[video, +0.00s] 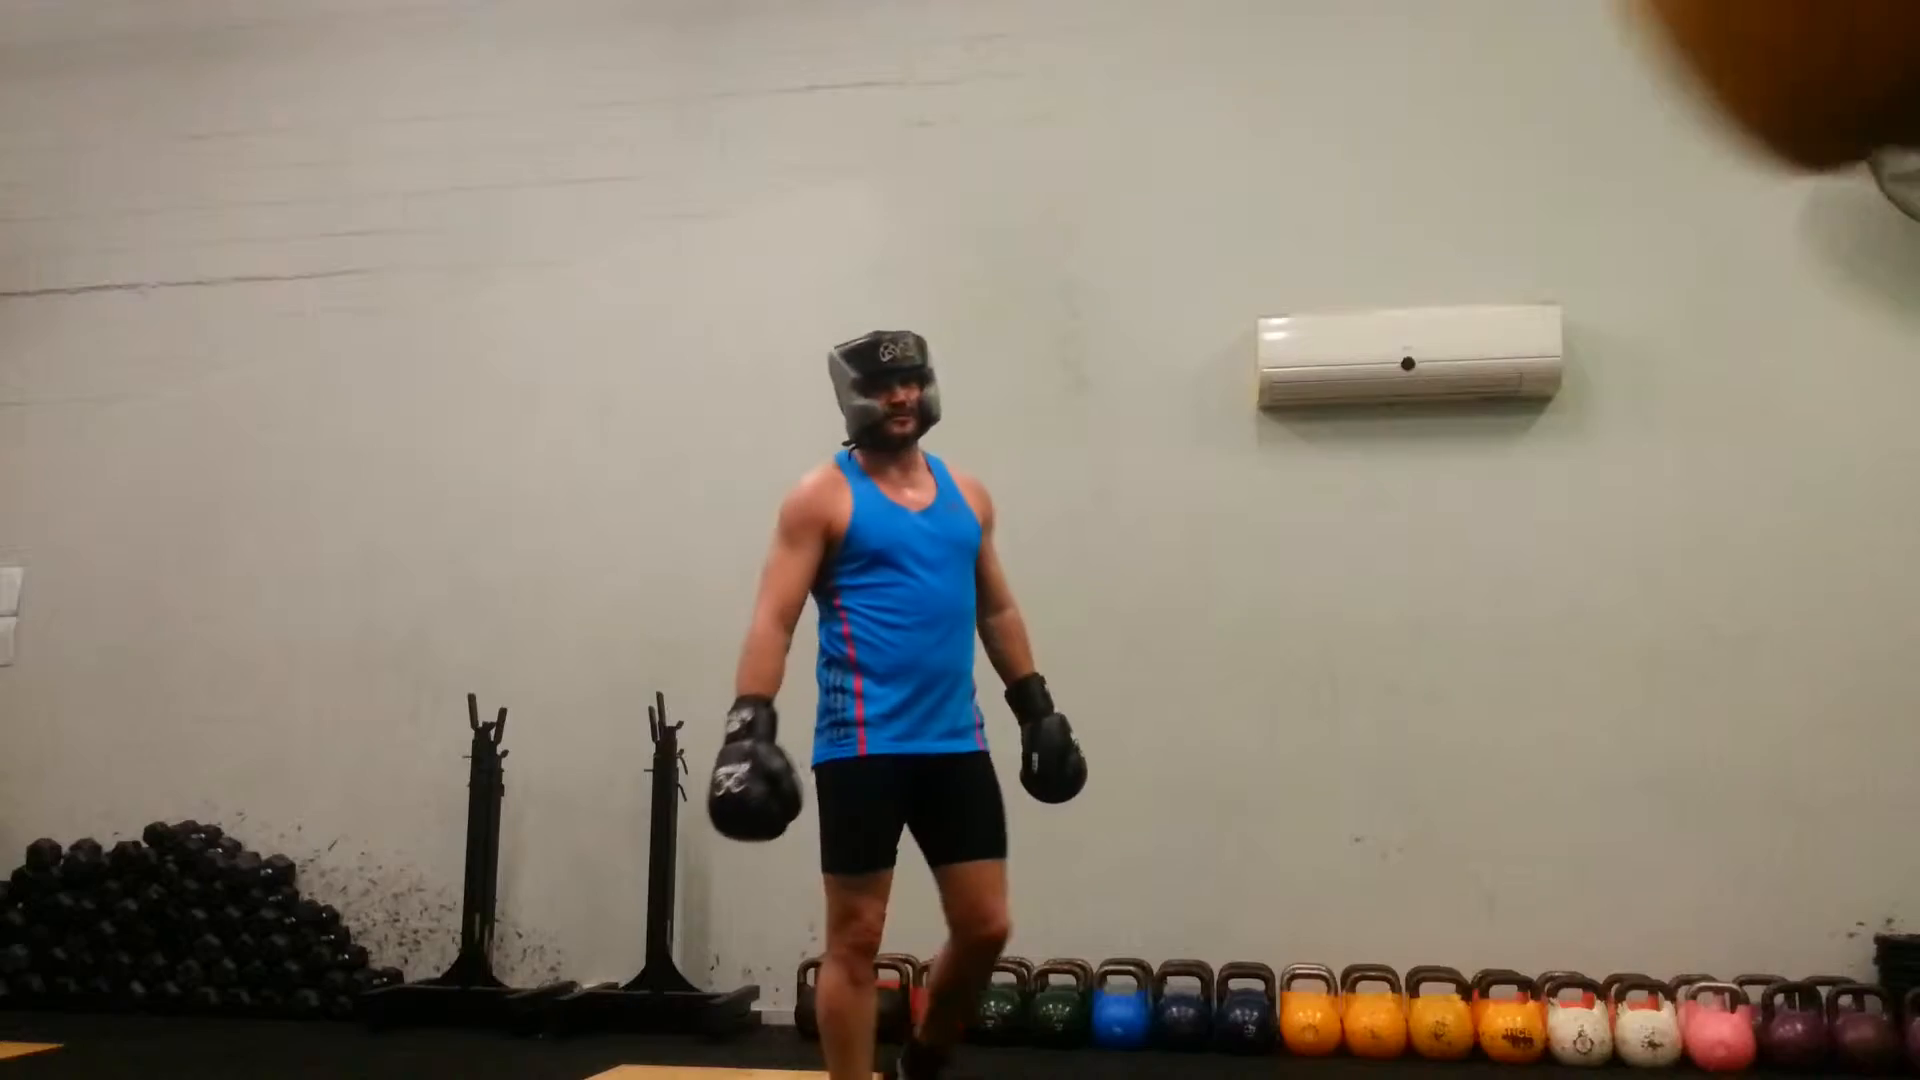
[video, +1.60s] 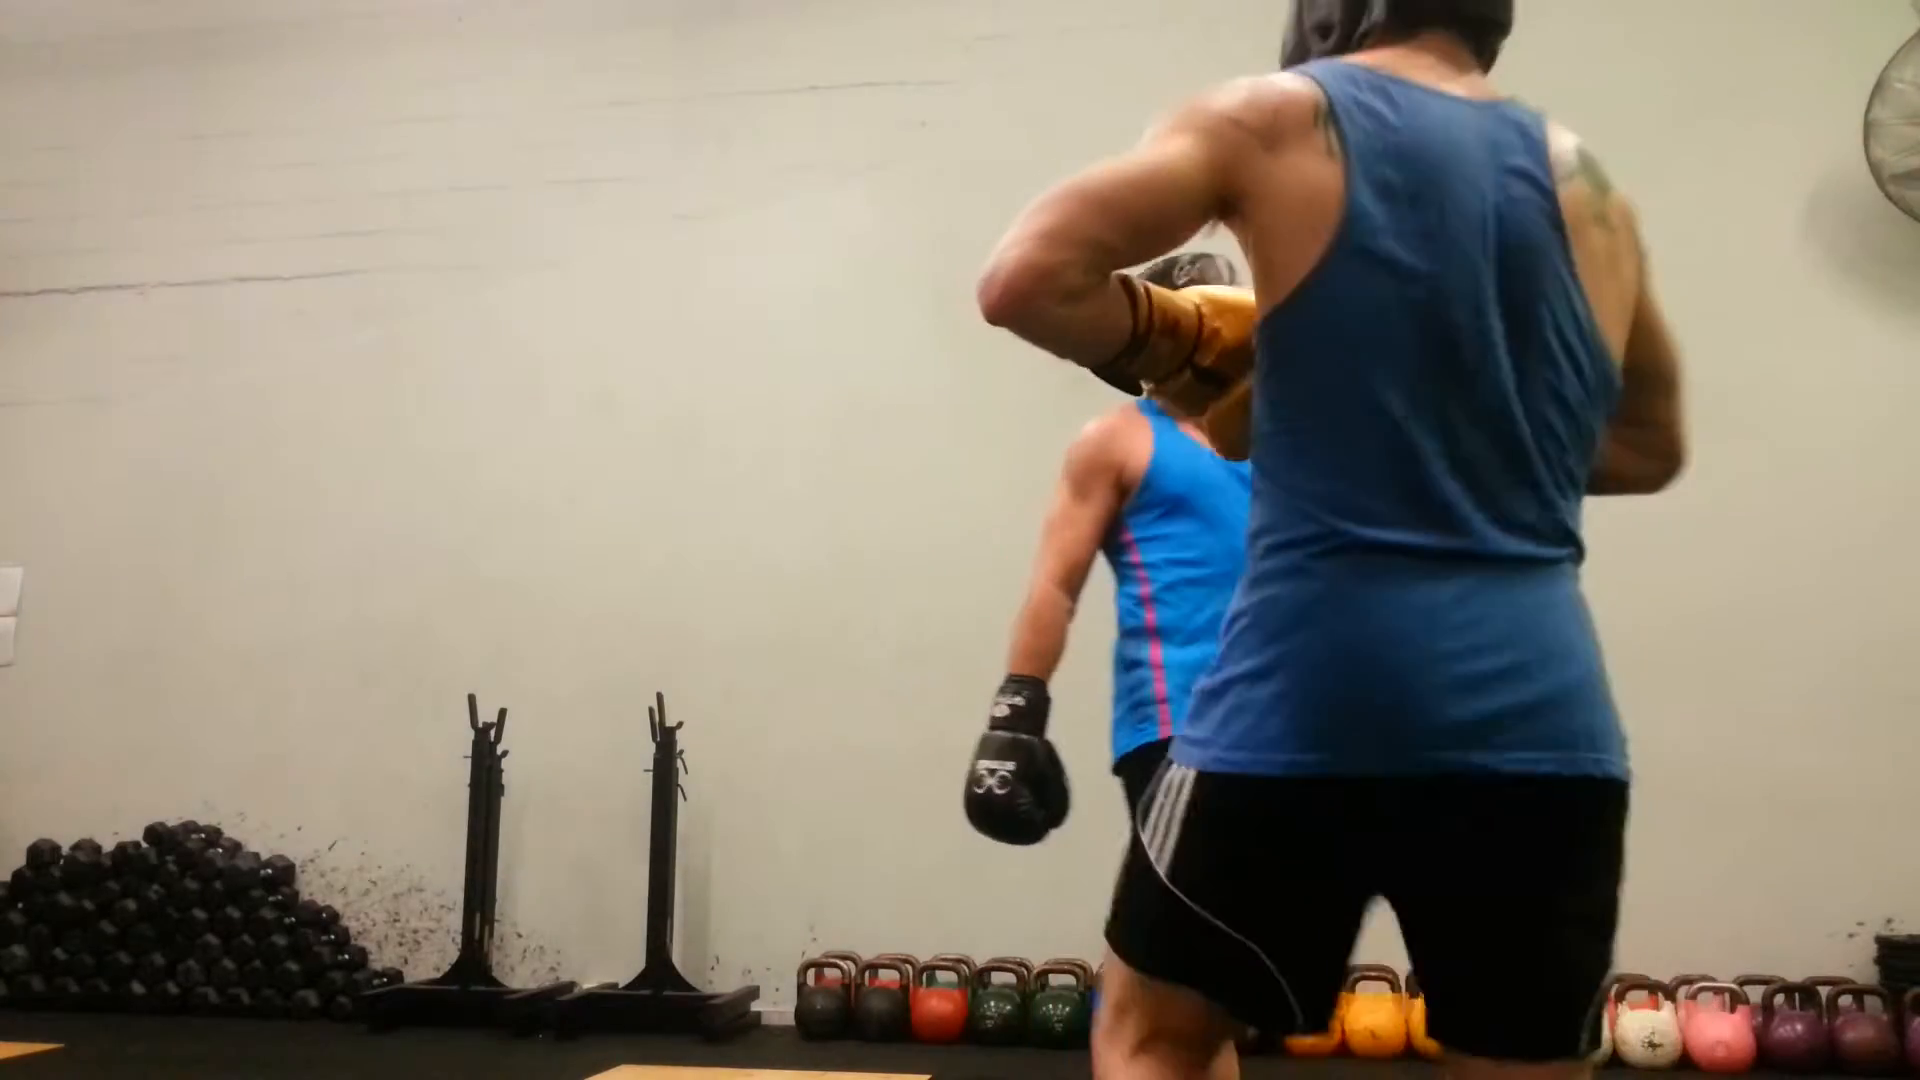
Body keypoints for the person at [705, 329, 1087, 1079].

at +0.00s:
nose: (901, 398)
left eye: (913, 383)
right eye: (880, 386)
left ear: (929, 393)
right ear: (851, 400)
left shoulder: (966, 494)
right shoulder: (821, 498)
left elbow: (997, 609)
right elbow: (775, 618)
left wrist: (1039, 712)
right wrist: (749, 731)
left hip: (954, 744)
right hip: (861, 750)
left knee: (985, 928)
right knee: (856, 937)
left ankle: (923, 1068)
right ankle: (852, 1079)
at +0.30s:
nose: (924, 388)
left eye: (935, 373)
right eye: (903, 376)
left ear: (949, 384)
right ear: (870, 389)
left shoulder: (978, 486)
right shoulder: (838, 487)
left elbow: (1003, 607)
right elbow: (797, 608)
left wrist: (1035, 709)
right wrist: (812, 711)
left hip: (975, 744)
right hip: (877, 749)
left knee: (1017, 931)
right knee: (865, 944)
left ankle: (1054, 1078)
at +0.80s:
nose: (1040, 355)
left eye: (1055, 342)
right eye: (1021, 342)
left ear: (1076, 361)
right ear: (990, 358)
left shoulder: (1104, 483)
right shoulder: (950, 466)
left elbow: (1129, 617)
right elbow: (889, 595)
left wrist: (1152, 739)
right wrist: (856, 724)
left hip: (1092, 748)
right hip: (985, 751)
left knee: (1092, 950)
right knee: (958, 952)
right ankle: (895, 1074)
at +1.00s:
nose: (1085, 360)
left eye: (1099, 343)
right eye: (1068, 342)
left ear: (1122, 362)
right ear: (1041, 357)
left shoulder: (1160, 486)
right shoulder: (996, 460)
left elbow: (1207, 623)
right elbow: (931, 586)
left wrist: (1253, 728)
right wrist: (897, 705)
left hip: (1136, 737)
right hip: (1035, 733)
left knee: (1117, 951)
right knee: (1046, 943)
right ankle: (969, 1073)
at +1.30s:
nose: (1152, 357)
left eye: (1167, 338)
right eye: (1134, 337)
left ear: (1188, 349)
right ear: (1103, 350)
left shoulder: (1218, 461)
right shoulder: (1058, 448)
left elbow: (1261, 596)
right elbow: (984, 578)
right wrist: (974, 699)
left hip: (1194, 732)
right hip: (1092, 728)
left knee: (1139, 959)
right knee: (1151, 952)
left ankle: (1097, 1072)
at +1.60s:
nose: (1239, 357)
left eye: (1243, 336)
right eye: (1220, 335)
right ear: (1184, 349)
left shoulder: (1268, 443)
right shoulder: (1123, 439)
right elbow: (1057, 584)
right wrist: (1017, 719)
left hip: (1274, 730)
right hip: (1174, 735)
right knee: (1203, 1005)